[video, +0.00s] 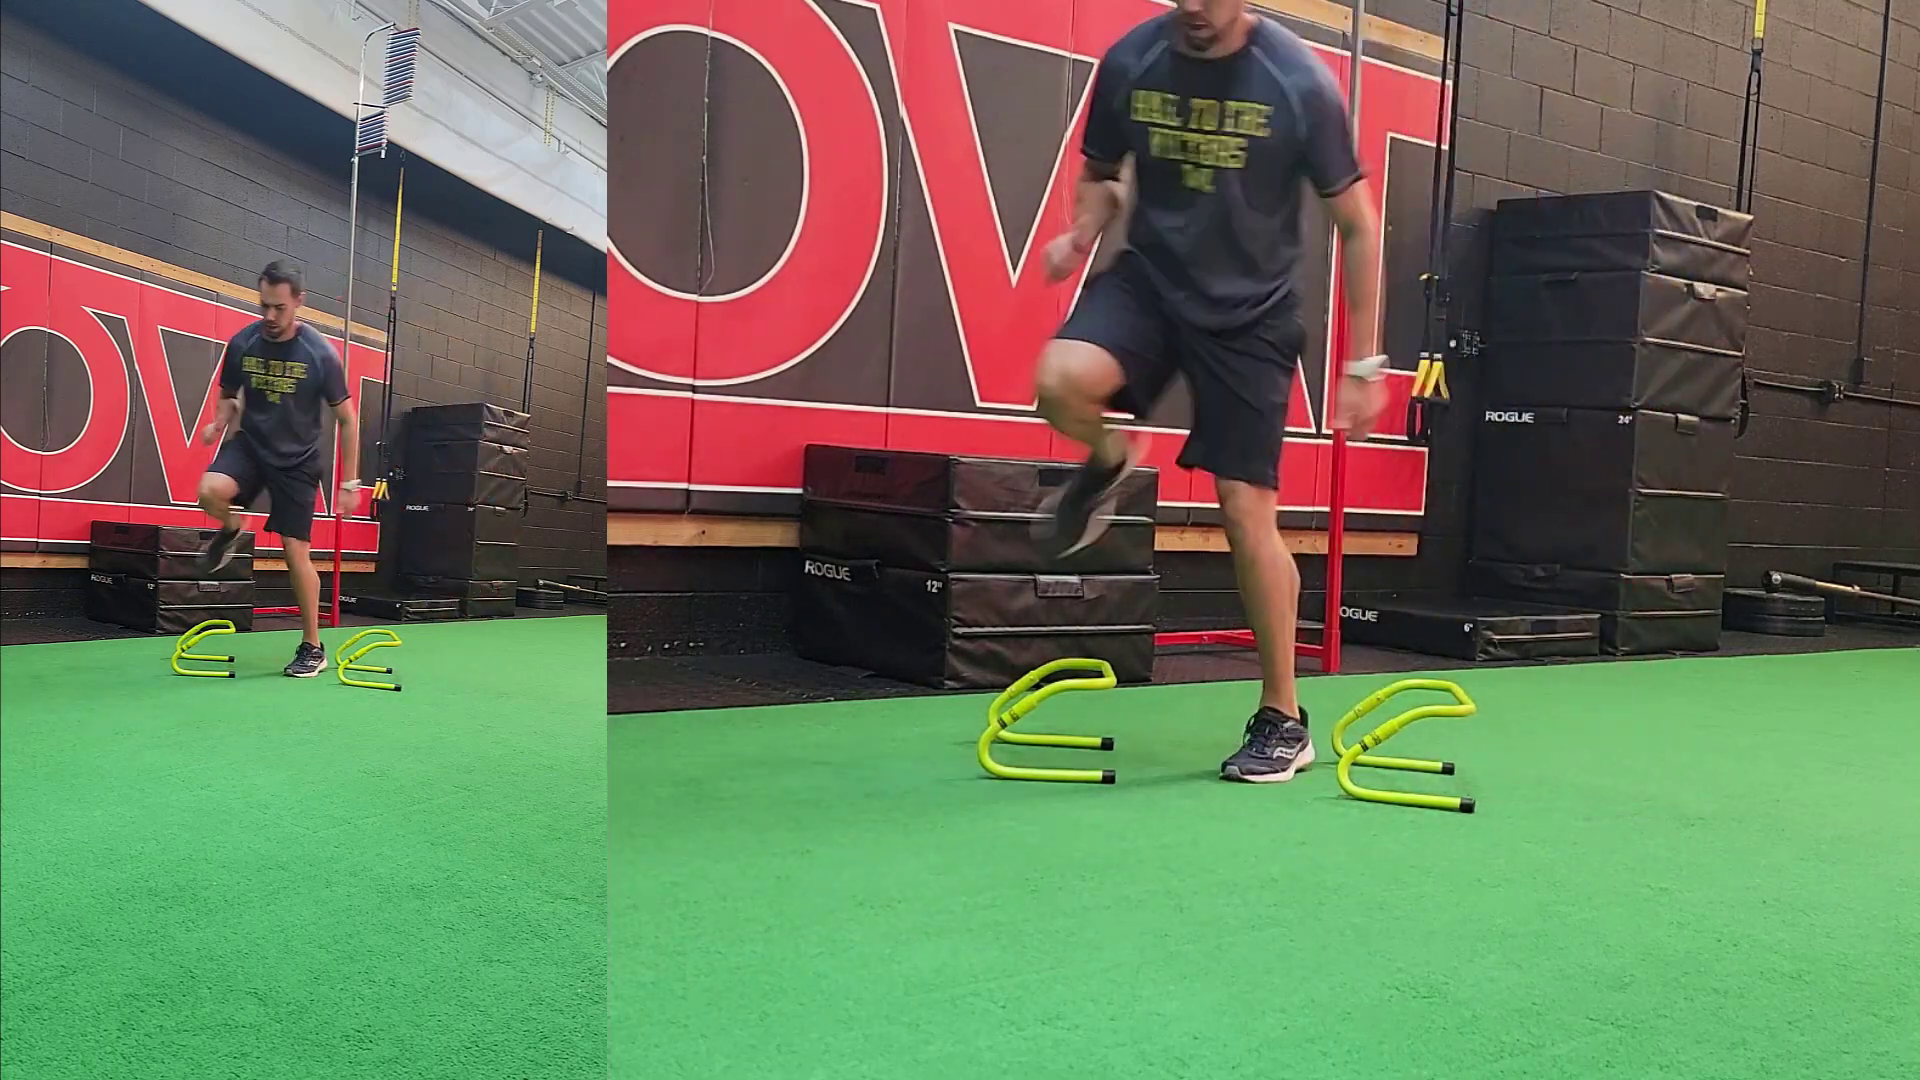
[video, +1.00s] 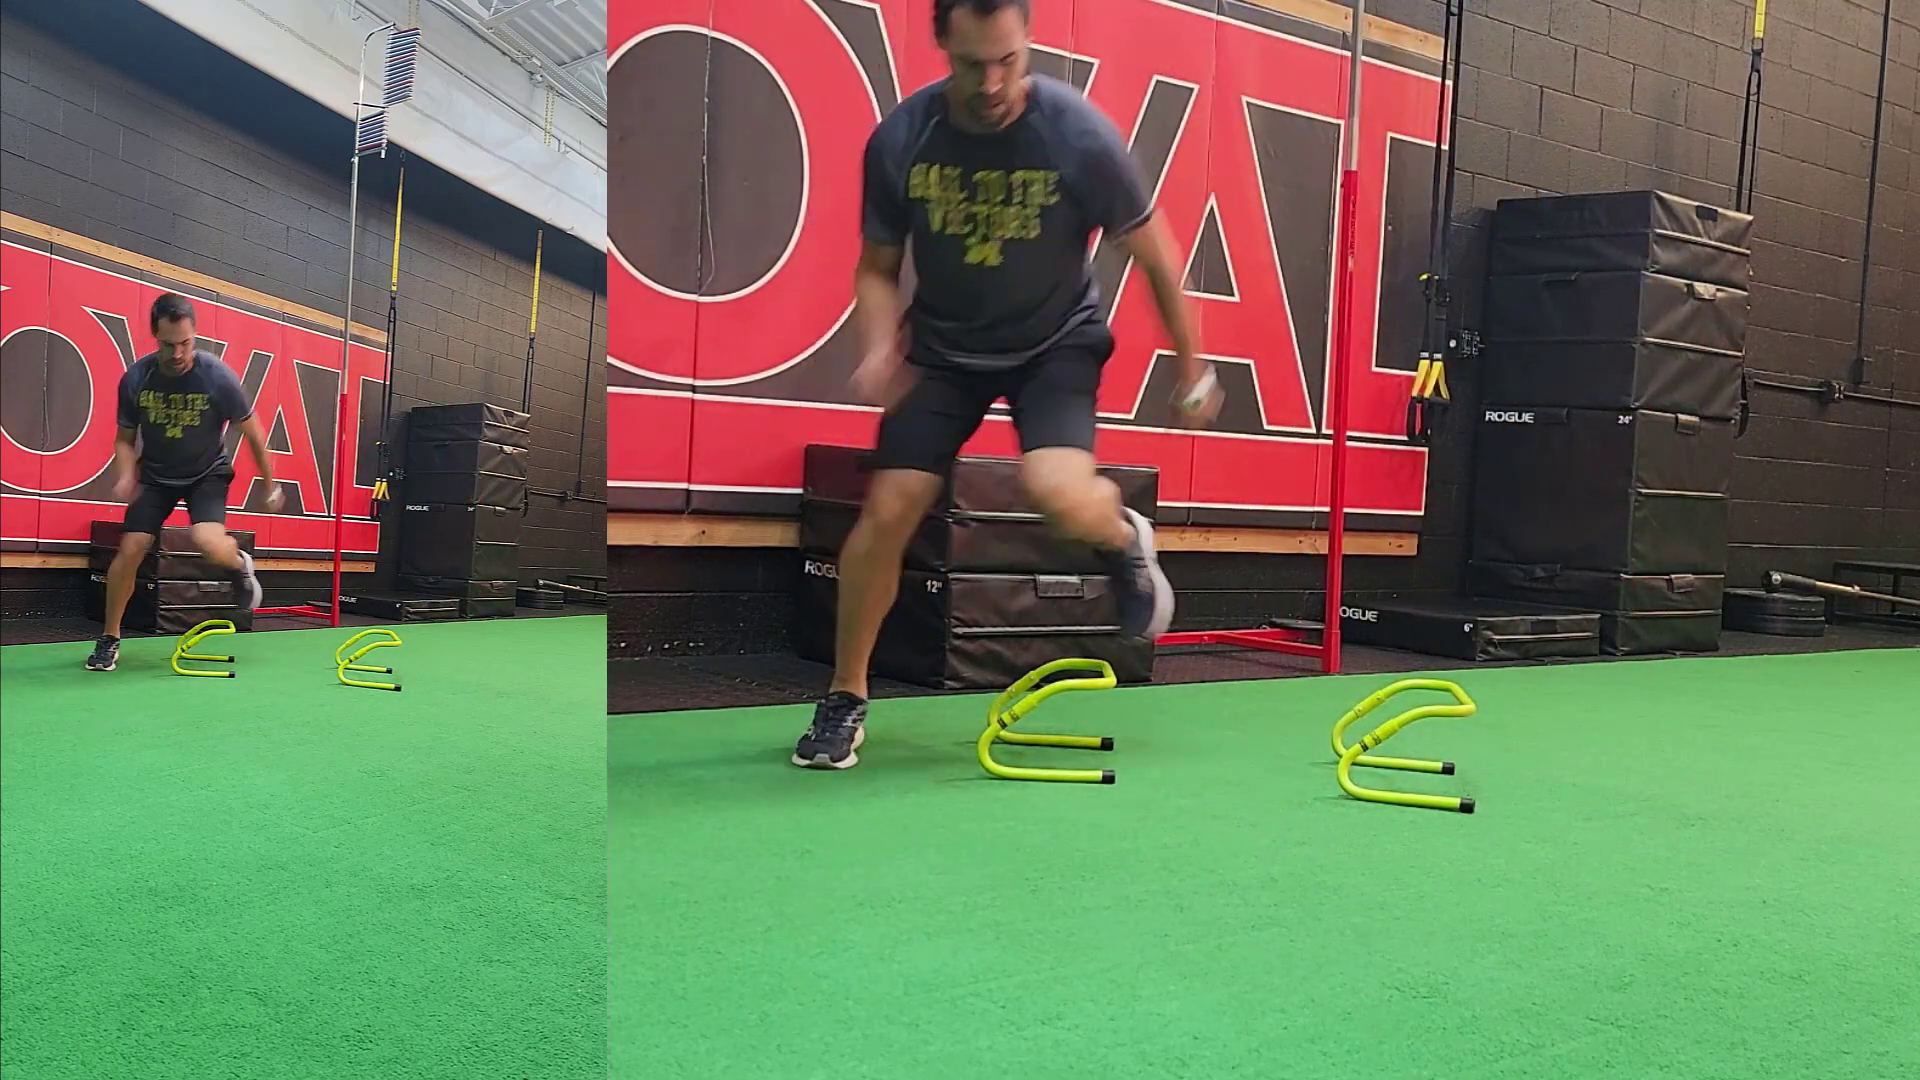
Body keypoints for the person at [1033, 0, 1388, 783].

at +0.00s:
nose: (1193, 12)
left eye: (1212, 2)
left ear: (1250, 1)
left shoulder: (1301, 87)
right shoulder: (1131, 61)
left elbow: (1359, 223)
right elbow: (1100, 174)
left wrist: (1365, 361)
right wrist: (1083, 231)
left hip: (1247, 314)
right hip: (1142, 287)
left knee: (1246, 511)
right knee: (1059, 384)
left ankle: (1282, 716)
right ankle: (1110, 460)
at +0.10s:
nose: (1128, 4)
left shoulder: (1239, 68)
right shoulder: (1064, 41)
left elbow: (1279, 220)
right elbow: (1033, 148)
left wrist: (1231, 335)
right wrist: (1014, 269)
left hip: (1188, 286)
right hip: (1081, 268)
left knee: (1195, 475)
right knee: (1004, 424)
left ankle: (1255, 671)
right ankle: (937, 603)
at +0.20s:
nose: (1067, 24)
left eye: (1086, 10)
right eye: (1058, 7)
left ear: (1124, 9)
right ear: (1043, 2)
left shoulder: (1176, 92)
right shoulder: (1003, 65)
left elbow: (1194, 250)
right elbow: (979, 170)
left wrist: (1088, 298)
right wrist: (980, 263)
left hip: (1140, 288)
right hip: (1033, 280)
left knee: (1124, 451)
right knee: (962, 479)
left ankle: (1194, 547)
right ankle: (875, 681)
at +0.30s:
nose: (988, 93)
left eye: (1008, 75)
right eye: (976, 72)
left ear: (1053, 56)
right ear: (961, 49)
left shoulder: (1109, 156)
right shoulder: (936, 119)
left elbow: (1085, 319)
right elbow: (920, 199)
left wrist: (979, 245)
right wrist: (952, 228)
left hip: (1073, 346)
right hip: (971, 334)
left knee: (1049, 473)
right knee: (921, 504)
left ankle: (1041, 498)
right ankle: (871, 694)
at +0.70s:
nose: (908, 87)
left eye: (926, 69)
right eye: (892, 67)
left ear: (965, 42)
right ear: (873, 41)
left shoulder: (1028, 132)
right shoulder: (854, 104)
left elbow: (992, 300)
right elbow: (854, 185)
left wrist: (885, 224)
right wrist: (838, 250)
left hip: (1016, 317)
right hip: (910, 301)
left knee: (972, 479)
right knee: (884, 469)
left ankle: (953, 488)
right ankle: (854, 674)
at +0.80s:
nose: (915, 111)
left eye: (933, 91)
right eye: (897, 91)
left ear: (966, 64)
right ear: (874, 72)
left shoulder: (1027, 159)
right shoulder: (854, 139)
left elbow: (1017, 325)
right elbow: (837, 240)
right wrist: (815, 328)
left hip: (1015, 343)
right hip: (907, 332)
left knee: (976, 506)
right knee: (871, 498)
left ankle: (958, 510)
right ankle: (840, 696)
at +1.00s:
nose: (991, 83)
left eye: (1006, 62)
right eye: (972, 66)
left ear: (1029, 43)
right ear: (942, 51)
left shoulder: (1083, 139)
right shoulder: (899, 141)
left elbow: (1159, 258)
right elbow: (878, 266)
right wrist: (879, 347)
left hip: (1054, 346)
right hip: (943, 350)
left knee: (1058, 492)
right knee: (890, 506)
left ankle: (1128, 546)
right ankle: (845, 696)